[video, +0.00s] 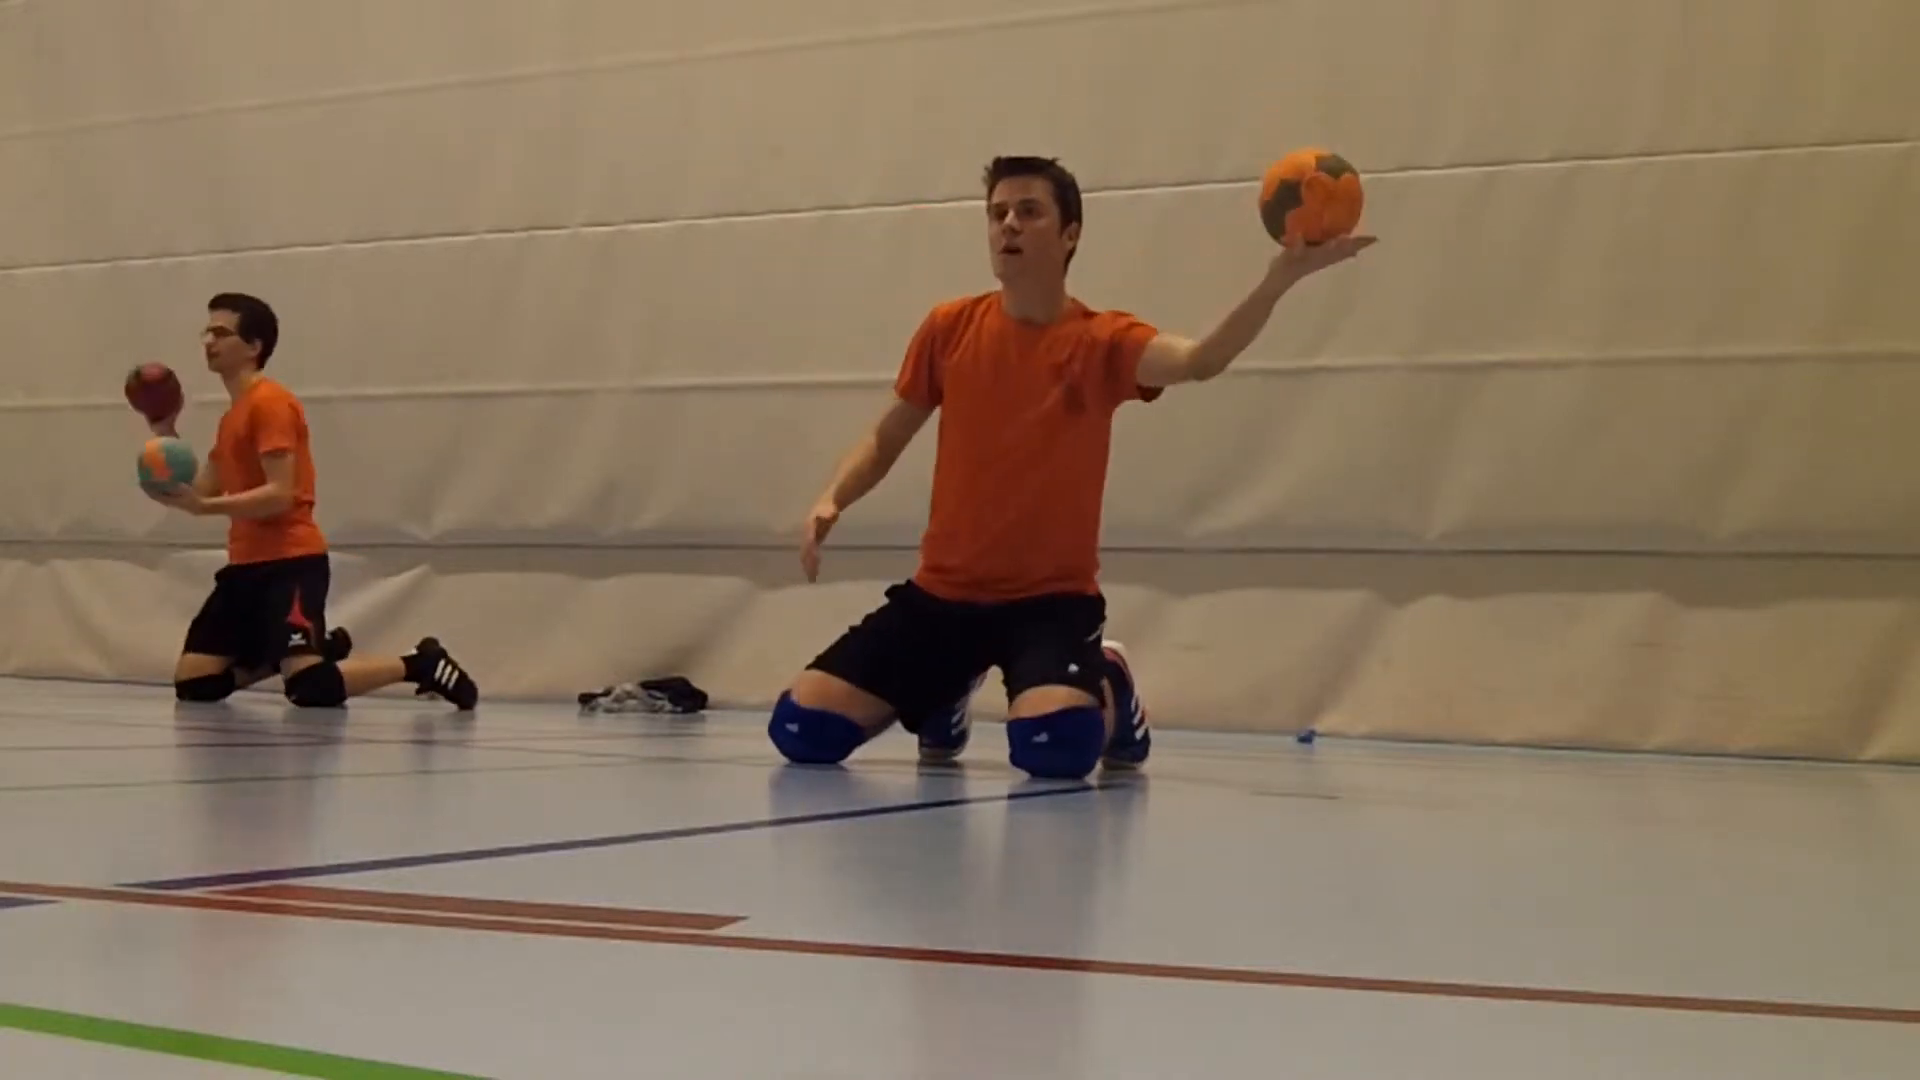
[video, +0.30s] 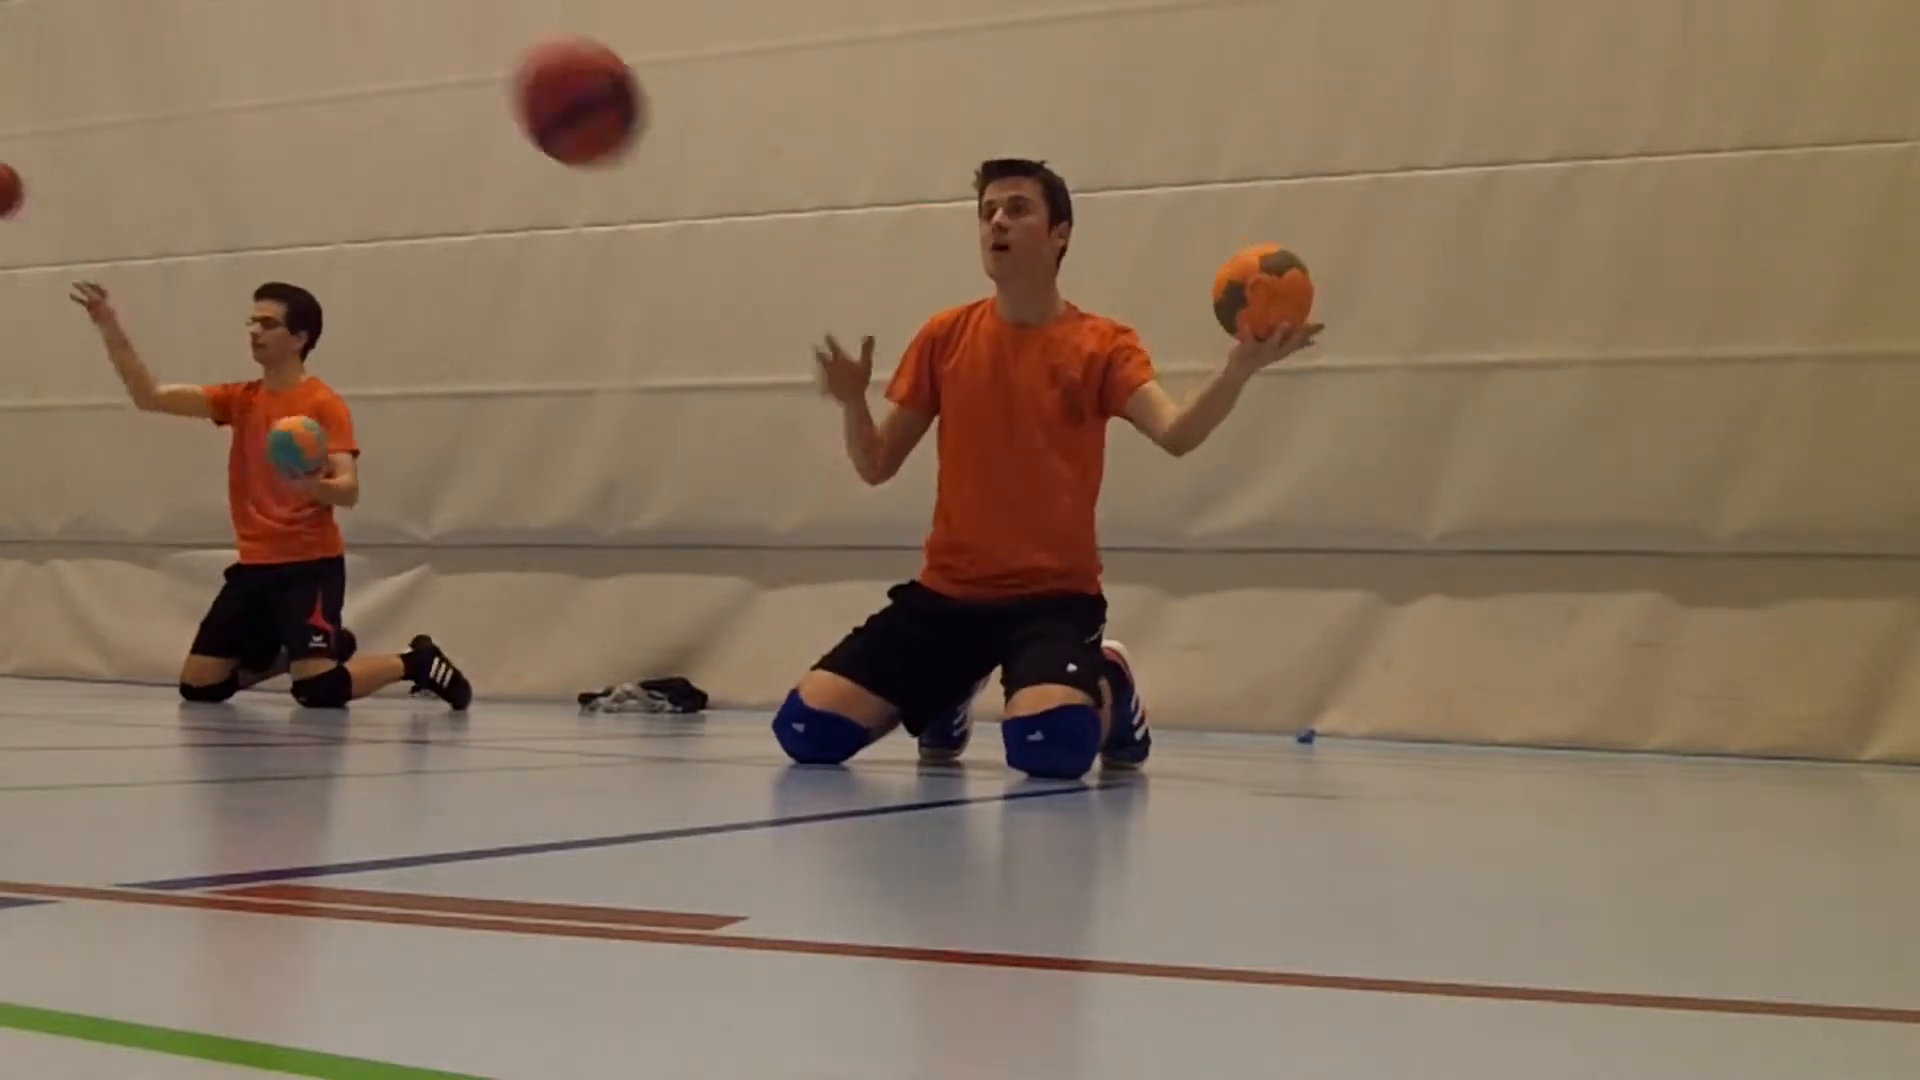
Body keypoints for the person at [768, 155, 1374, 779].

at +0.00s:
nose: (1008, 225)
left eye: (1028, 211)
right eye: (997, 213)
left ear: (1068, 235)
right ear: (985, 234)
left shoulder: (1101, 339)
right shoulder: (950, 329)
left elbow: (1200, 359)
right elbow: (887, 439)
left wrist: (1287, 272)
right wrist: (833, 498)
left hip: (1051, 603)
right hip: (942, 597)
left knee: (1050, 754)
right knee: (799, 736)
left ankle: (1110, 689)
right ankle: (937, 684)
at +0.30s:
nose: (997, 223)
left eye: (1017, 210)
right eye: (987, 213)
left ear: (1059, 234)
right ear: (978, 235)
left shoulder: (1100, 345)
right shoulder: (946, 338)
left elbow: (1178, 432)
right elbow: (875, 465)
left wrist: (1241, 365)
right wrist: (853, 404)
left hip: (1056, 600)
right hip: (948, 595)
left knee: (1047, 753)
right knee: (805, 734)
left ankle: (1109, 682)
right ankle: (939, 686)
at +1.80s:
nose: (985, 211)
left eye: (1006, 198)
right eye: (975, 201)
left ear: (1048, 223)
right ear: (965, 224)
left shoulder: (1094, 335)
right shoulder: (936, 331)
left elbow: (1174, 422)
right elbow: (841, 444)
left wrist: (1232, 334)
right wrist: (809, 417)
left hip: (1056, 596)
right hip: (948, 592)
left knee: (1050, 754)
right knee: (804, 737)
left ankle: (1108, 684)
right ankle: (934, 684)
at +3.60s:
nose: (972, 252)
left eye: (990, 235)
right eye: (963, 240)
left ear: (1035, 250)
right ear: (956, 256)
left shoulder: (1066, 341)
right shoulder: (961, 360)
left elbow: (1090, 429)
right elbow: (918, 491)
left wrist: (1095, 321)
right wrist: (858, 396)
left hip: (1040, 606)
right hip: (939, 605)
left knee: (1052, 751)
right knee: (807, 733)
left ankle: (1100, 689)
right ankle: (929, 691)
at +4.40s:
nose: (1010, 209)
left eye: (1031, 197)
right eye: (1000, 198)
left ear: (1074, 221)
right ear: (990, 220)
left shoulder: (1117, 341)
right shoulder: (955, 324)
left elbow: (1195, 451)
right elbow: (853, 418)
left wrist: (1266, 370)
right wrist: (817, 422)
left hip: (1068, 594)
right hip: (959, 587)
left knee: (1053, 753)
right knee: (820, 736)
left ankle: (1107, 685)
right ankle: (935, 689)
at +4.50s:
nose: (1004, 231)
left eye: (1024, 217)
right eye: (994, 220)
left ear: (1067, 243)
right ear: (982, 240)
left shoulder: (1111, 359)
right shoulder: (953, 342)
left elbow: (1187, 468)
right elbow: (852, 433)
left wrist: (1253, 392)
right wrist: (795, 436)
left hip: (1065, 607)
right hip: (958, 601)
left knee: (1047, 753)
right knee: (821, 737)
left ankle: (1115, 691)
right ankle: (938, 689)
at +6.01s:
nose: (770, 201)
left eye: (788, 184)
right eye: (761, 189)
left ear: (836, 195)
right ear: (755, 203)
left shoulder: (882, 308)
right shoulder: (747, 293)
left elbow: (860, 426)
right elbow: (754, 418)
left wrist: (865, 320)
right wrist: (700, 395)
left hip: (874, 552)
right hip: (776, 565)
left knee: (942, 730)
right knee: (654, 726)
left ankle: (1093, 692)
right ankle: (838, 677)